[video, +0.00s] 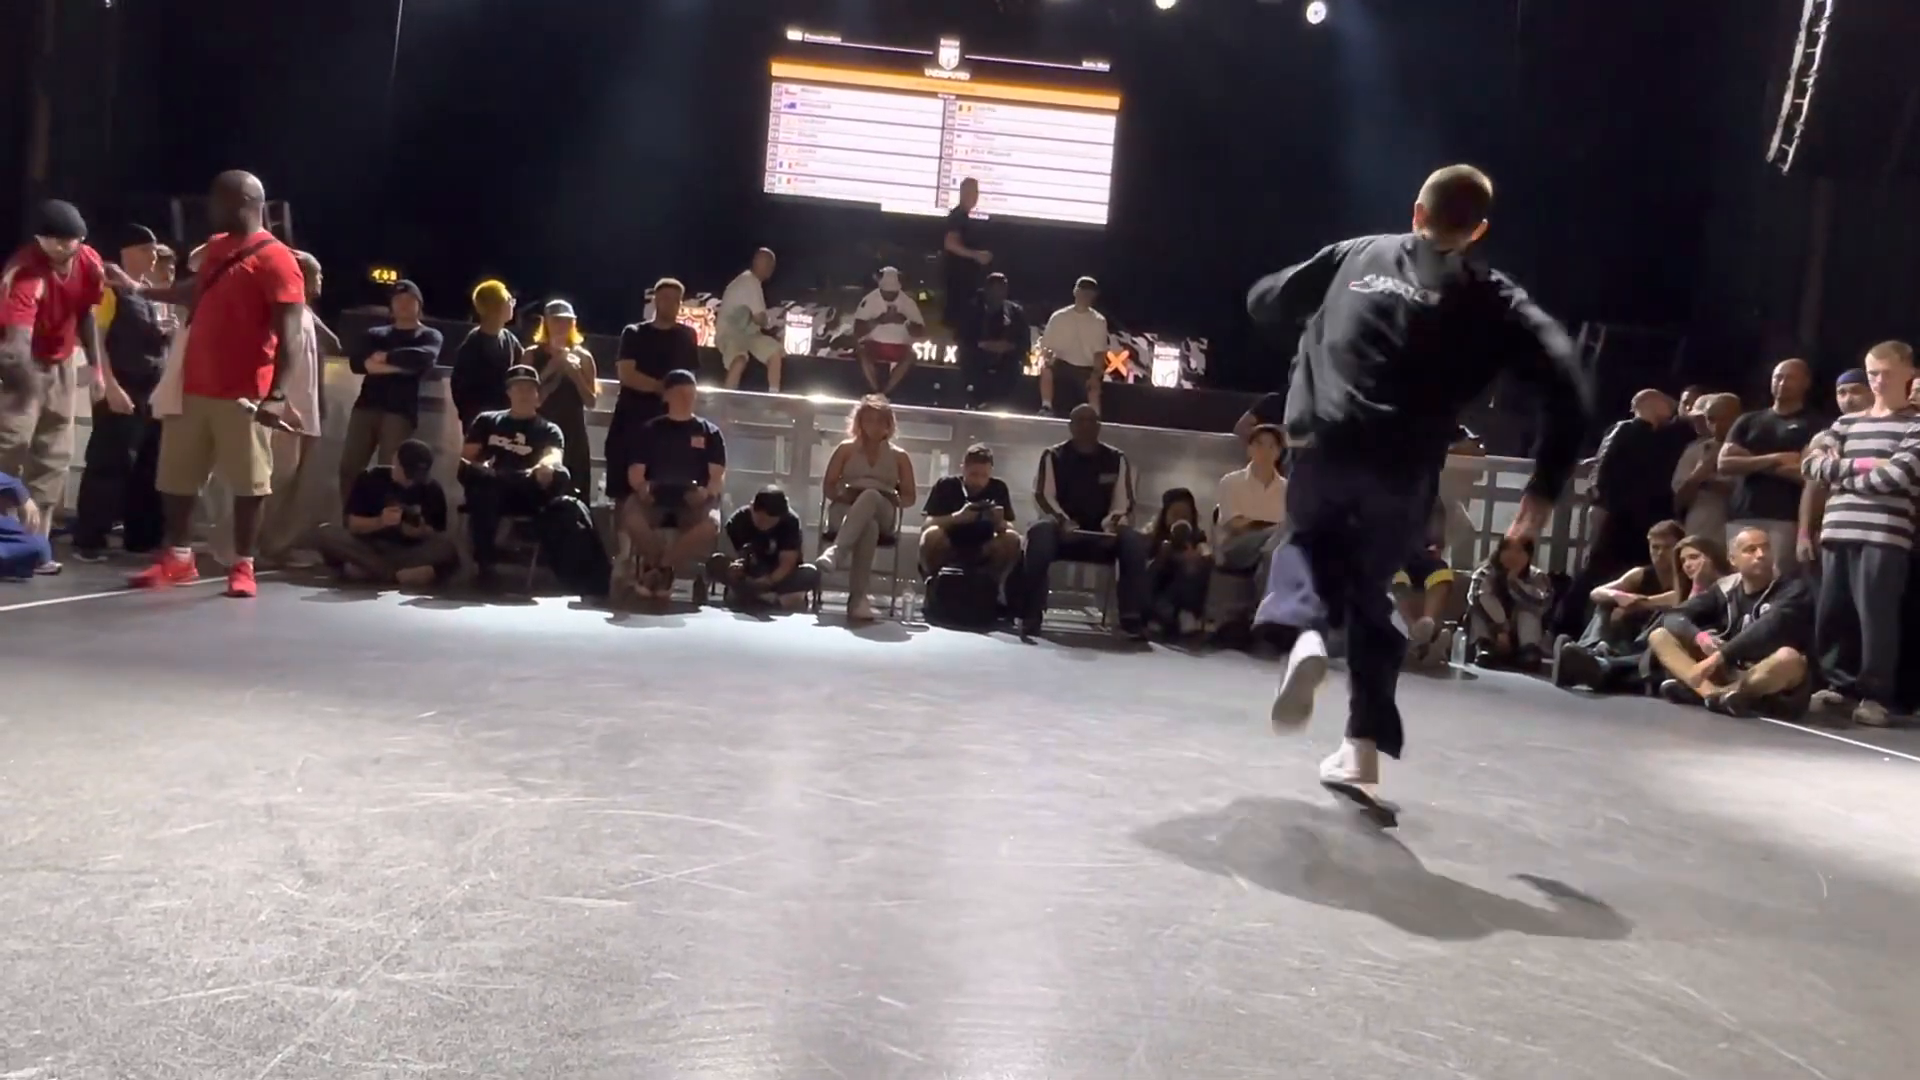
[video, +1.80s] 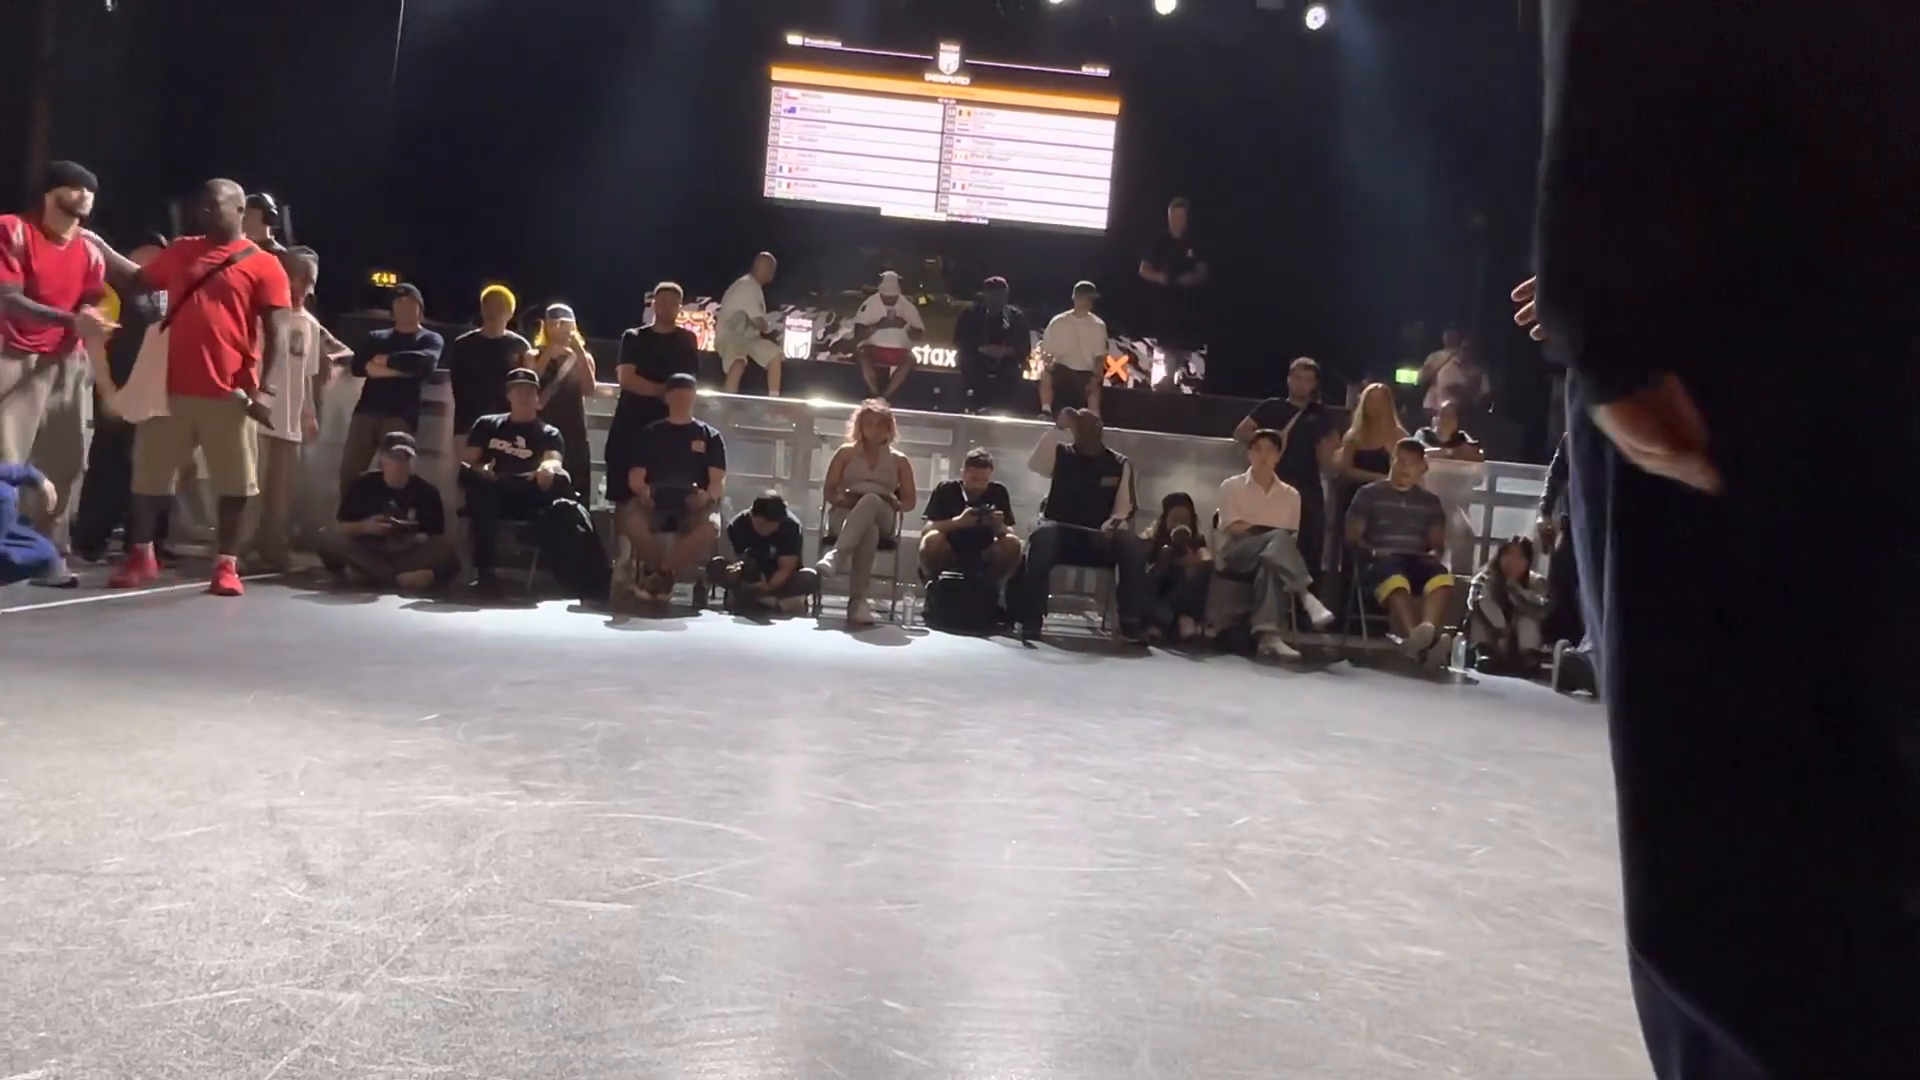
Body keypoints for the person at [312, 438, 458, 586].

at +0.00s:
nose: (408, 483)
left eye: (415, 480)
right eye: (405, 477)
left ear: (424, 473)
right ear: (396, 462)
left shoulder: (431, 489)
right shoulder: (370, 479)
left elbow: (438, 532)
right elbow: (353, 524)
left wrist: (419, 530)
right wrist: (381, 522)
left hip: (411, 549)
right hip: (369, 545)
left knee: (446, 550)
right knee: (324, 534)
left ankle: (372, 573)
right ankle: (393, 575)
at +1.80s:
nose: (400, 466)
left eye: (405, 460)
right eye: (395, 459)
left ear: (412, 462)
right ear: (382, 459)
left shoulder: (427, 492)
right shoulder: (362, 485)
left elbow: (436, 535)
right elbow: (344, 527)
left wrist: (404, 528)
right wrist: (367, 527)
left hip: (409, 551)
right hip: (368, 547)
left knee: (445, 550)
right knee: (326, 538)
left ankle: (373, 576)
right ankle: (394, 577)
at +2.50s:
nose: (380, 471)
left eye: (386, 466)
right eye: (375, 465)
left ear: (395, 470)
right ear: (365, 467)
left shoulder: (412, 502)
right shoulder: (346, 497)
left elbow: (423, 546)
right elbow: (327, 538)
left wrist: (395, 548)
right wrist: (350, 541)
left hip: (395, 561)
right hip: (354, 560)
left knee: (433, 561)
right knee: (313, 550)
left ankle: (358, 588)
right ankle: (382, 591)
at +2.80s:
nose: (375, 477)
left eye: (380, 472)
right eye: (369, 471)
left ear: (389, 475)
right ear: (358, 474)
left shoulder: (405, 507)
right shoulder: (339, 501)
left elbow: (416, 548)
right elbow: (318, 540)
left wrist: (400, 558)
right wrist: (346, 557)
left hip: (389, 568)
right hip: (347, 567)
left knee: (427, 568)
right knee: (306, 556)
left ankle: (350, 596)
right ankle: (378, 596)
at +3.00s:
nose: (371, 485)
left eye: (377, 480)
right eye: (366, 479)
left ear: (386, 483)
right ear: (356, 481)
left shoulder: (402, 515)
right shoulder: (338, 509)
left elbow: (413, 557)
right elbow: (320, 548)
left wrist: (384, 573)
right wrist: (341, 574)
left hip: (385, 575)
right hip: (346, 572)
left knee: (424, 573)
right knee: (301, 562)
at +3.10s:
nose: (374, 491)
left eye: (380, 485)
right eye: (369, 484)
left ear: (389, 488)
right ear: (358, 487)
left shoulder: (405, 520)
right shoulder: (339, 514)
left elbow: (415, 562)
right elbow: (319, 553)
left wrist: (387, 579)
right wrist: (341, 578)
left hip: (386, 581)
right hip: (347, 580)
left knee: (428, 580)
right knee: (304, 567)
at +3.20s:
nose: (373, 493)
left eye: (379, 486)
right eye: (367, 486)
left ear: (388, 489)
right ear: (357, 489)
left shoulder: (404, 521)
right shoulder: (338, 515)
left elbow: (413, 563)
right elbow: (318, 553)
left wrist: (386, 579)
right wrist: (340, 578)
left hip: (386, 582)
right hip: (346, 581)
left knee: (427, 581)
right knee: (304, 570)